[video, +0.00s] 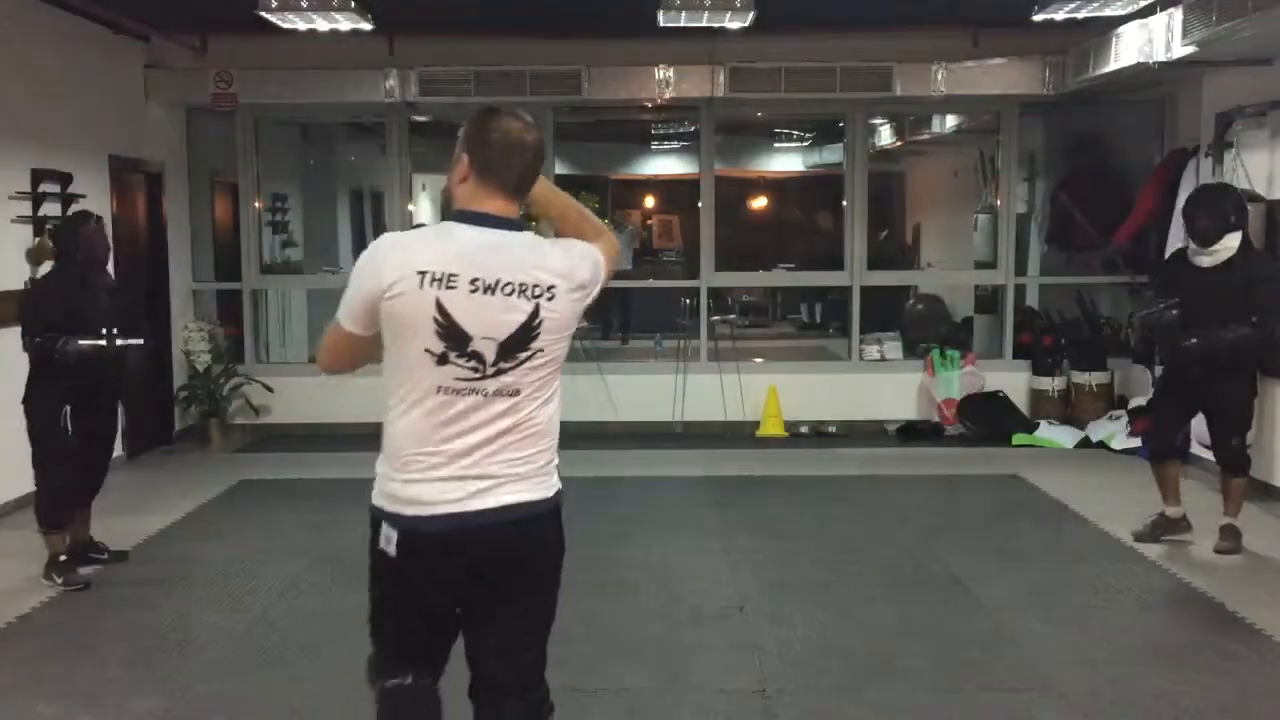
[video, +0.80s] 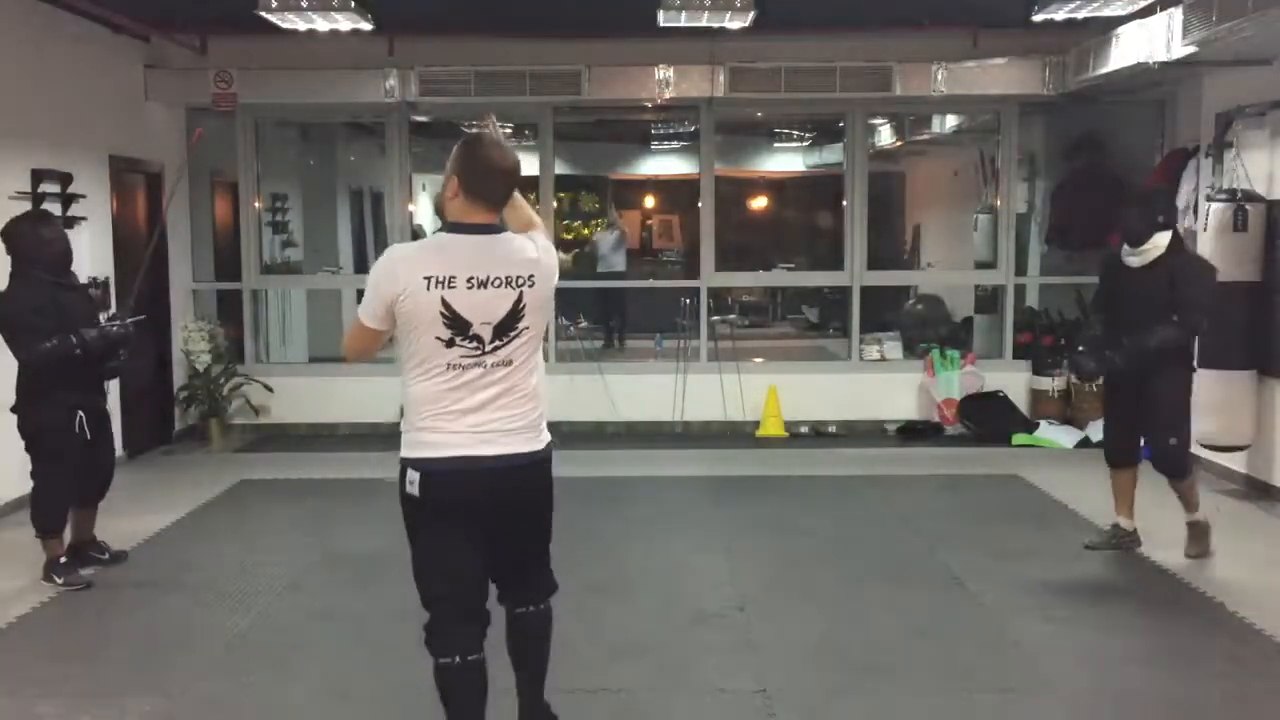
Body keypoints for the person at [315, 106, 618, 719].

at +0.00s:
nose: (451, 166)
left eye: (454, 156)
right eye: (456, 156)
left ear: (463, 165)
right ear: (531, 184)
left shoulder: (392, 256)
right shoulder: (565, 266)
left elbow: (334, 356)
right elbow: (603, 243)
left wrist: (406, 317)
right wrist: (531, 180)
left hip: (416, 522)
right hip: (526, 519)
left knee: (405, 678)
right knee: (514, 687)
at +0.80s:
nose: (441, 183)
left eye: (446, 175)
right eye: (447, 176)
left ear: (452, 186)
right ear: (510, 193)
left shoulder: (402, 263)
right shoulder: (535, 258)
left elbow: (357, 348)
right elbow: (532, 226)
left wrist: (401, 300)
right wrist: (499, 173)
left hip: (438, 470)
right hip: (524, 467)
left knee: (455, 620)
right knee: (529, 590)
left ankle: (465, 715)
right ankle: (533, 705)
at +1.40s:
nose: (474, 191)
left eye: (477, 183)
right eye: (478, 183)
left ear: (488, 190)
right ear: (532, 197)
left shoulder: (446, 258)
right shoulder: (559, 256)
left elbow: (402, 334)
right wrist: (520, 217)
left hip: (467, 440)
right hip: (542, 437)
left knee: (451, 550)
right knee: (528, 557)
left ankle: (474, 668)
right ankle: (523, 686)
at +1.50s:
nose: (474, 192)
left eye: (477, 183)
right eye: (478, 183)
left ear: (488, 190)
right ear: (532, 197)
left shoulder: (446, 256)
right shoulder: (558, 255)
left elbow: (403, 331)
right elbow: (536, 310)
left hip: (467, 433)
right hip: (539, 432)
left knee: (454, 547)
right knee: (527, 554)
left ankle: (469, 664)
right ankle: (522, 684)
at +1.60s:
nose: (472, 193)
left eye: (475, 185)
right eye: (476, 184)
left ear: (483, 192)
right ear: (529, 199)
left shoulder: (444, 258)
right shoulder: (554, 256)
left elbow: (400, 331)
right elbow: (531, 310)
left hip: (465, 432)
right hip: (537, 431)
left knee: (456, 545)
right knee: (526, 551)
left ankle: (461, 652)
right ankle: (521, 683)